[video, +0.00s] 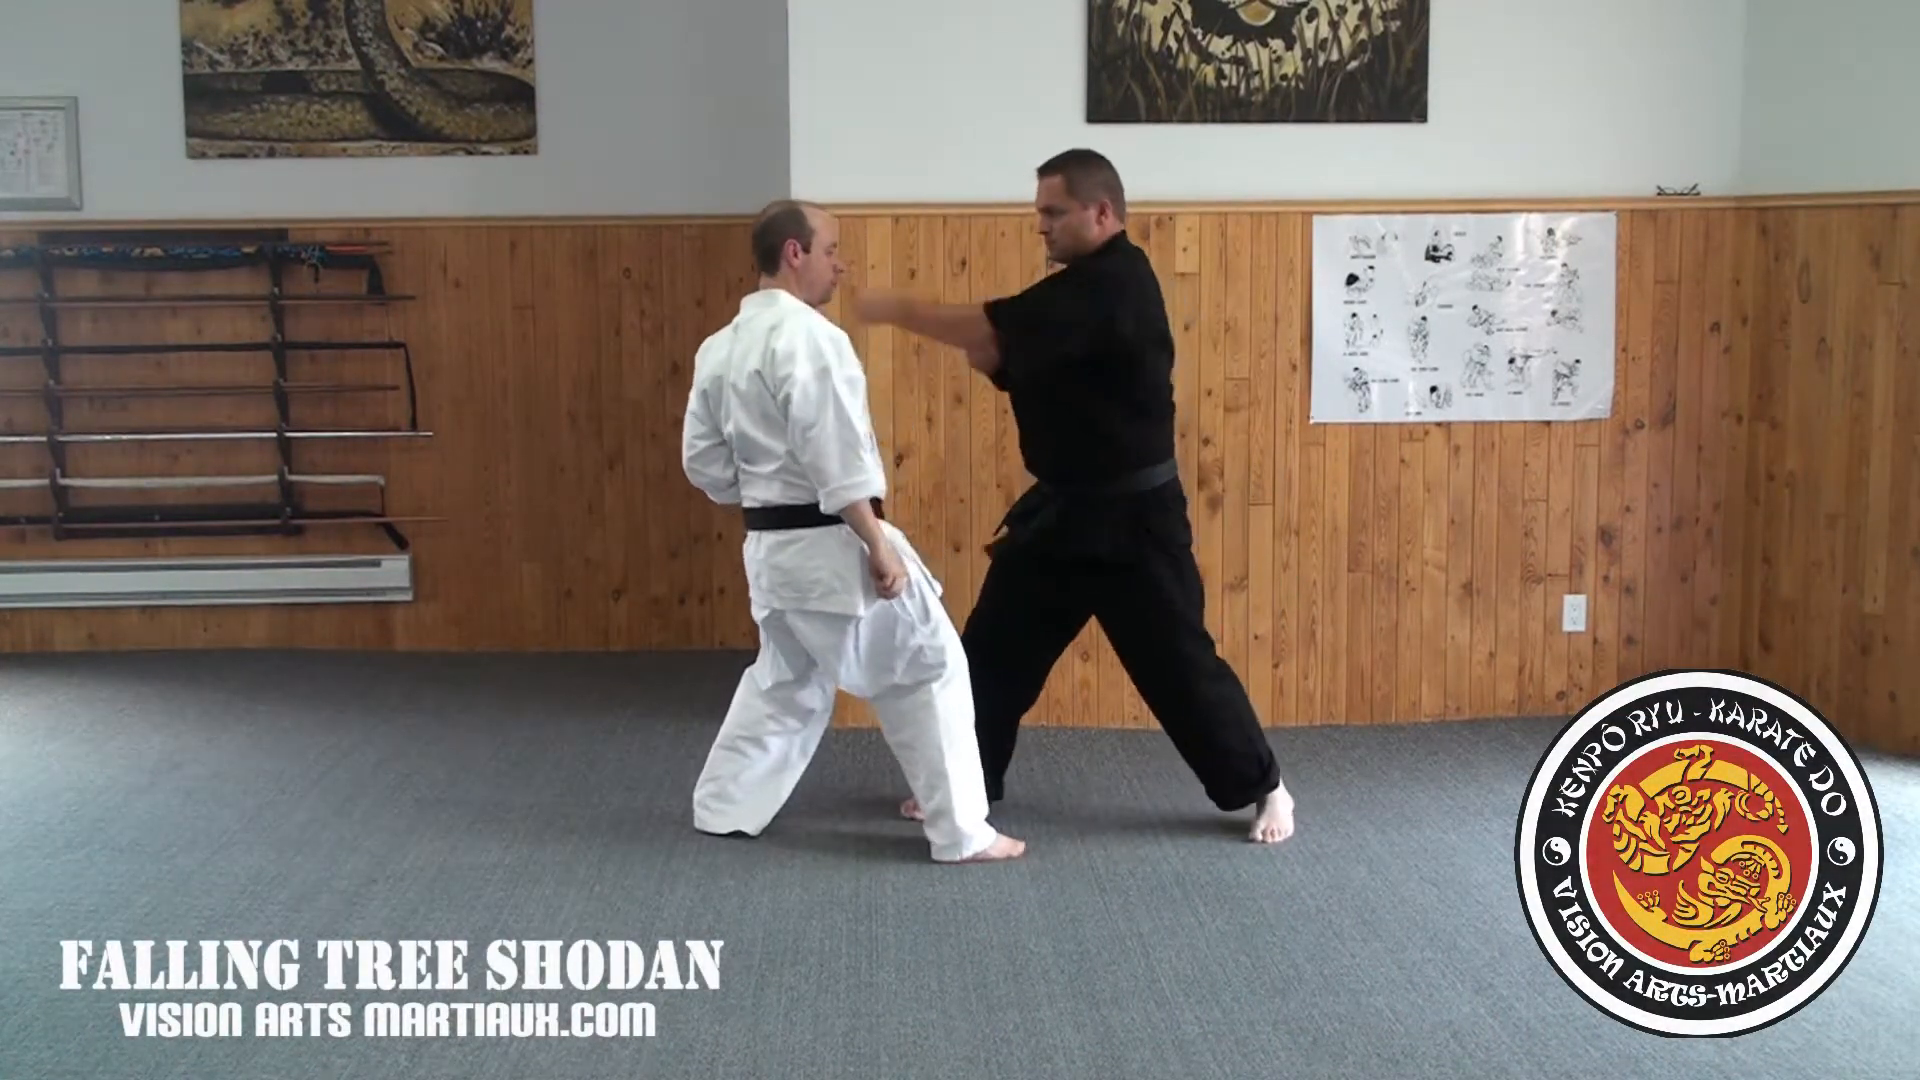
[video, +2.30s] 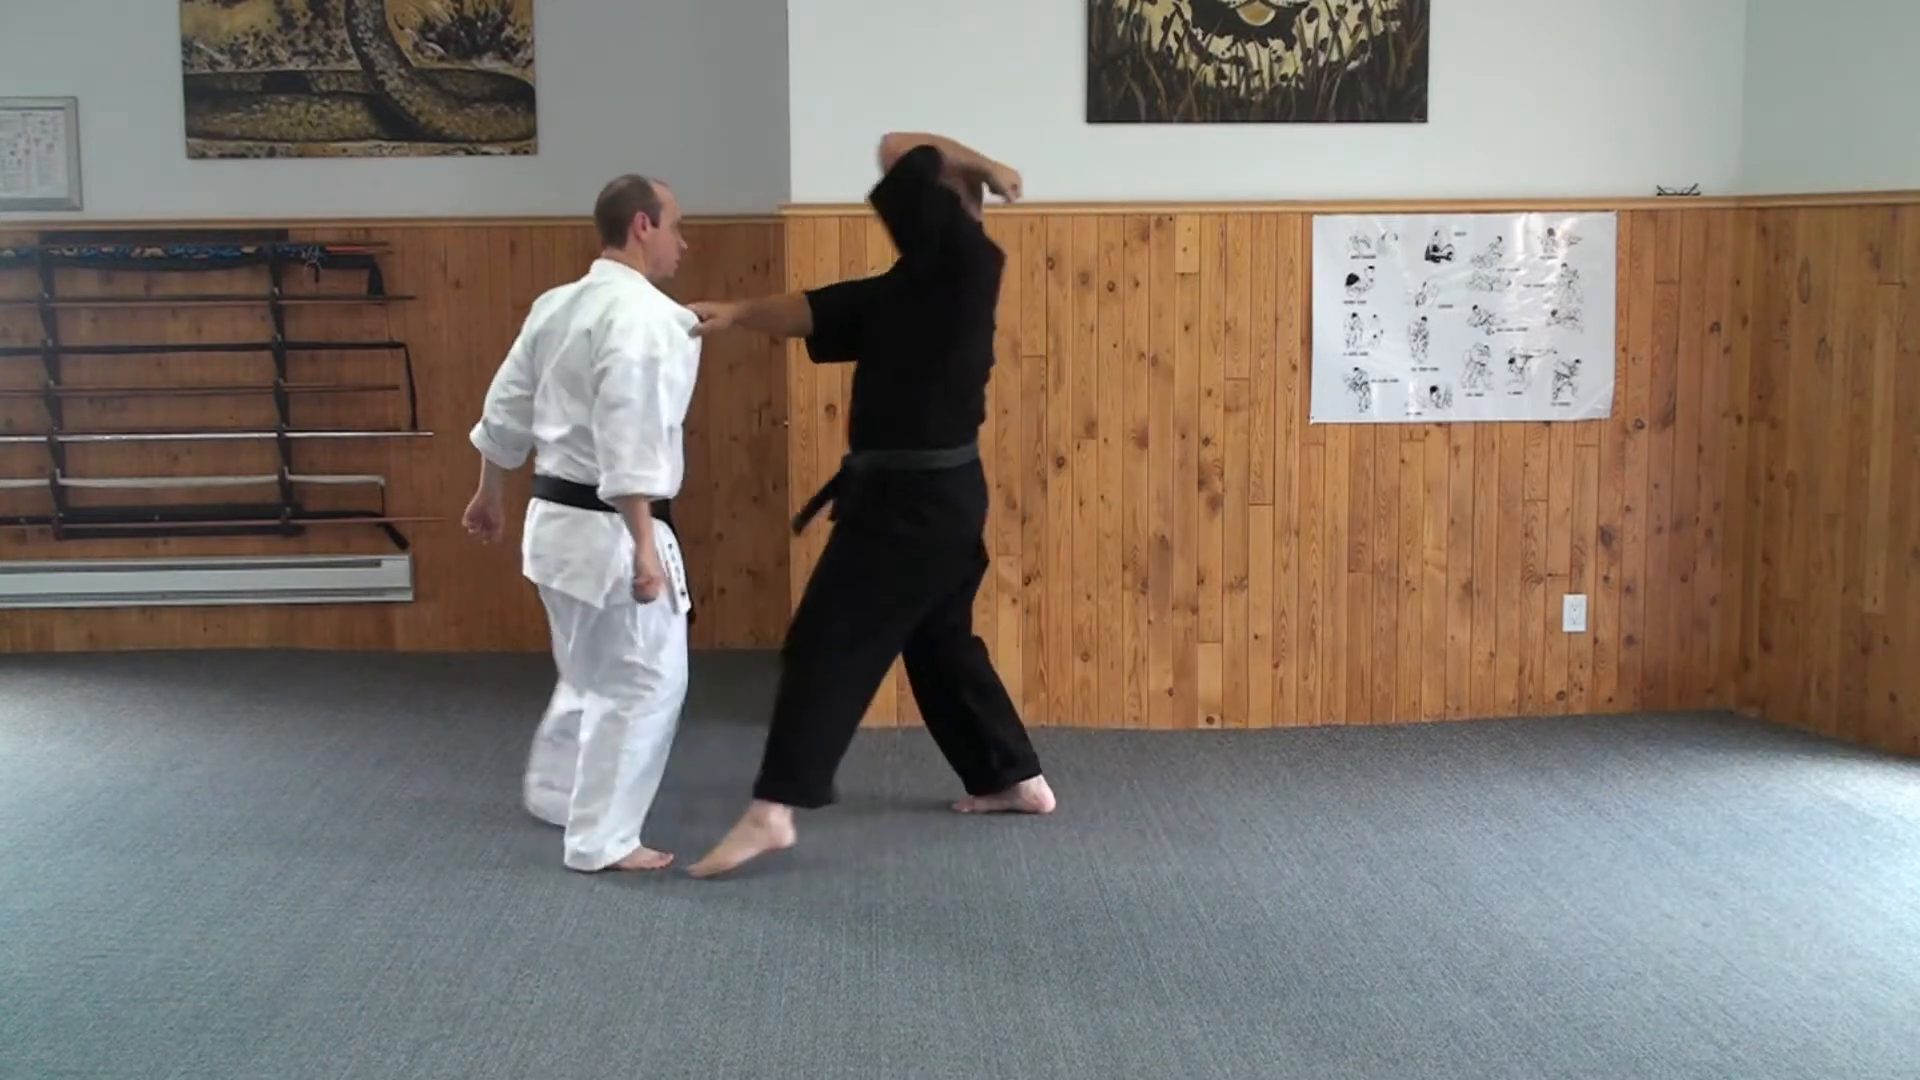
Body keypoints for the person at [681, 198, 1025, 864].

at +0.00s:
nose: (839, 267)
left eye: (838, 253)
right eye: (830, 253)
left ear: (779, 257)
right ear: (793, 254)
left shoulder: (716, 349)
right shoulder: (810, 338)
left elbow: (704, 463)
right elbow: (834, 452)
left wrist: (767, 503)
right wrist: (877, 542)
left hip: (768, 550)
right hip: (834, 545)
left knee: (785, 676)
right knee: (930, 667)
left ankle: (721, 806)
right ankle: (962, 830)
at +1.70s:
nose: (760, 263)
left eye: (758, 250)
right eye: (754, 250)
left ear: (699, 254)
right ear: (725, 250)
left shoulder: (640, 349)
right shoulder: (746, 332)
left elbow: (630, 466)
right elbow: (798, 440)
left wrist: (693, 496)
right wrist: (860, 518)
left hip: (691, 551)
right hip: (769, 549)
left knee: (735, 682)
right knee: (843, 679)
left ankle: (726, 812)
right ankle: (914, 823)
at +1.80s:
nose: (743, 259)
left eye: (741, 244)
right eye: (736, 244)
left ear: (684, 246)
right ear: (705, 244)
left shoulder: (622, 336)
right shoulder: (718, 328)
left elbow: (601, 461)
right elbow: (768, 444)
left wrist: (664, 492)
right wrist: (827, 526)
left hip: (663, 550)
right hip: (734, 549)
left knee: (721, 675)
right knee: (829, 651)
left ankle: (724, 807)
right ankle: (815, 810)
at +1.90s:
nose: (722, 251)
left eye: (721, 236)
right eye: (717, 235)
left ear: (658, 239)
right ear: (685, 236)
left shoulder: (602, 326)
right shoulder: (704, 323)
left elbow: (574, 438)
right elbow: (737, 442)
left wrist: (600, 501)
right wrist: (788, 524)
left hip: (639, 536)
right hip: (714, 536)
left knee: (688, 671)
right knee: (770, 666)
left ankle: (720, 805)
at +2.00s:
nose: (714, 248)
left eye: (712, 232)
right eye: (707, 232)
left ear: (653, 235)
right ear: (674, 233)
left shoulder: (588, 320)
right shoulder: (688, 321)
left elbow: (547, 423)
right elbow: (710, 446)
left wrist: (533, 506)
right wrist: (755, 531)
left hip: (612, 535)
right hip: (679, 538)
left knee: (692, 674)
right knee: (681, 683)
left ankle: (715, 807)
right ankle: (601, 820)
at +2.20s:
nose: (694, 243)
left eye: (694, 227)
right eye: (689, 227)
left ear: (626, 231)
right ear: (655, 229)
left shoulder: (565, 303)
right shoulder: (658, 317)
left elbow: (513, 403)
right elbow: (652, 446)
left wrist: (485, 487)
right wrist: (683, 543)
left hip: (563, 525)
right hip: (626, 531)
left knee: (632, 670)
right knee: (643, 685)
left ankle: (662, 804)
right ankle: (600, 839)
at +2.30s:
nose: (680, 241)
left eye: (678, 227)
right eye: (674, 227)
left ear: (617, 232)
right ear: (641, 230)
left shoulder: (556, 304)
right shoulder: (645, 318)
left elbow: (506, 407)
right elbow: (629, 439)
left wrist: (488, 489)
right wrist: (645, 546)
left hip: (553, 525)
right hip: (615, 533)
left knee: (584, 668)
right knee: (646, 684)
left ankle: (554, 791)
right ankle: (601, 839)